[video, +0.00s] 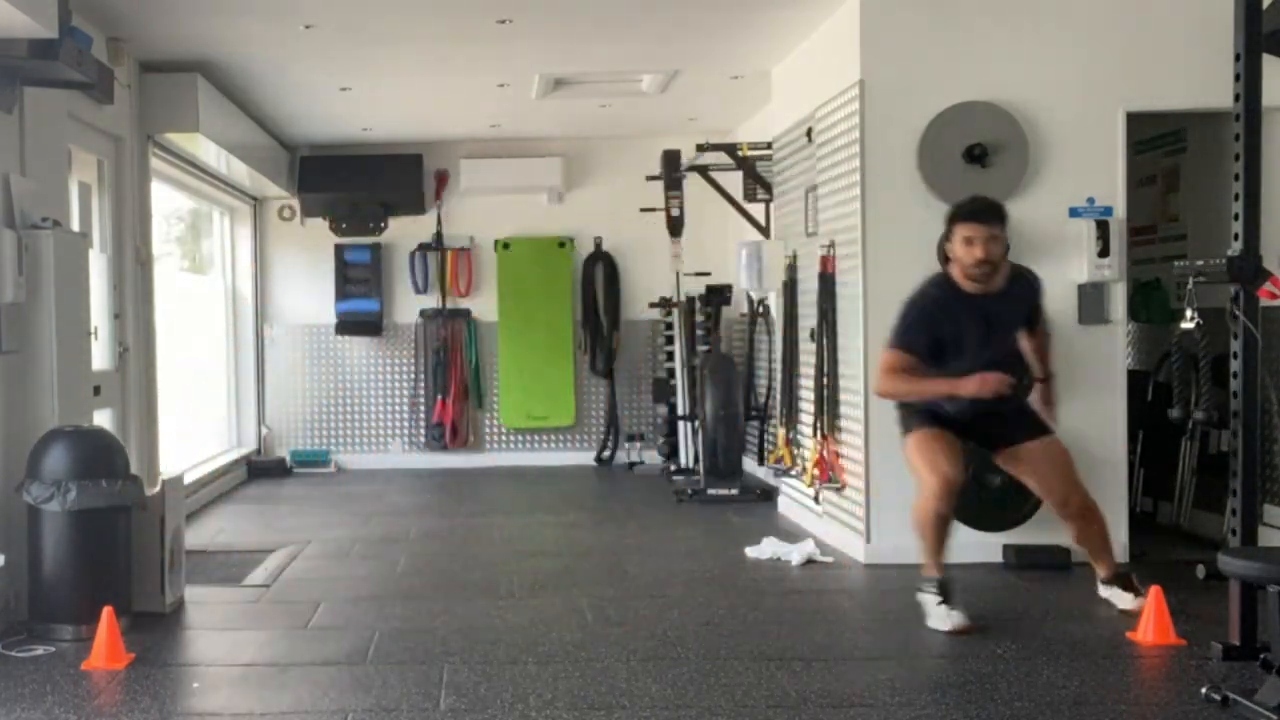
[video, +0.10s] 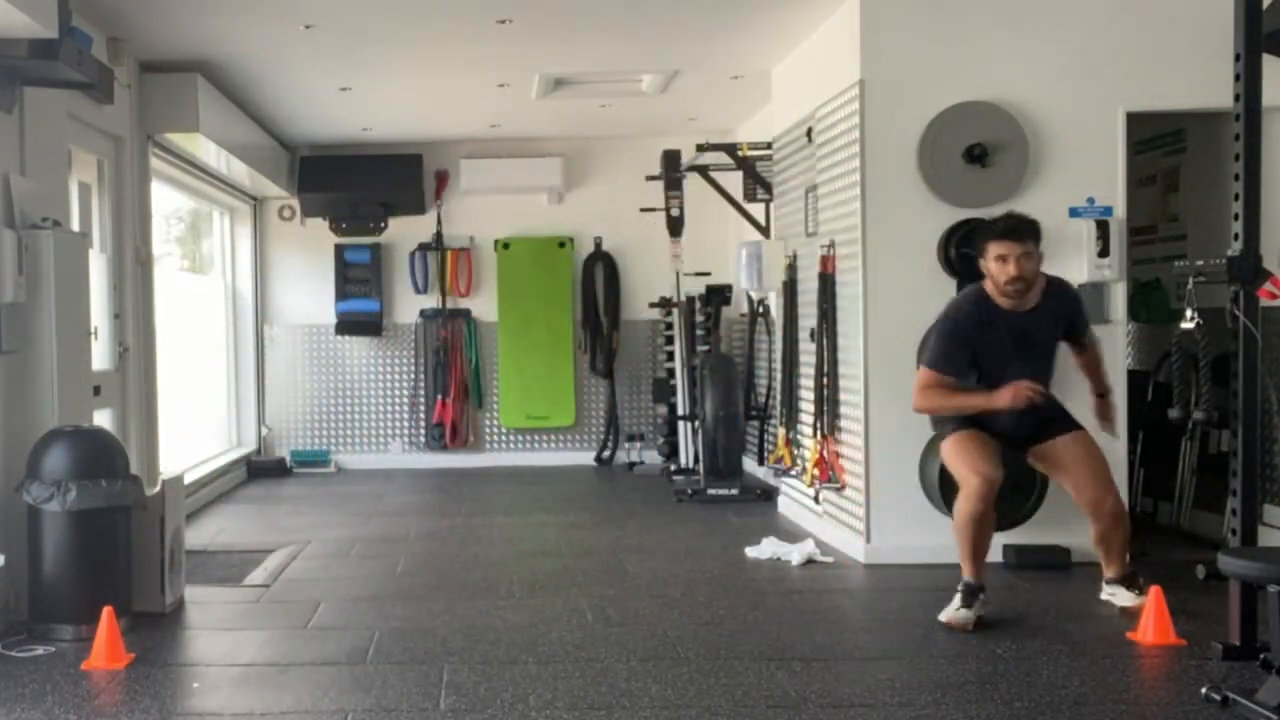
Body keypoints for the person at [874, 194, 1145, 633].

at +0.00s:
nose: (981, 253)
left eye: (991, 241)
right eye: (969, 242)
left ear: (1006, 244)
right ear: (949, 248)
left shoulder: (1023, 286)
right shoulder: (930, 301)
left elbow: (1035, 330)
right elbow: (887, 381)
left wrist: (1044, 379)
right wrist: (962, 384)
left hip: (1001, 403)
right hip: (933, 411)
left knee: (1073, 500)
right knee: (942, 478)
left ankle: (1109, 577)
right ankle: (933, 586)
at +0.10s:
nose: (1015, 271)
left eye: (1024, 259)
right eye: (1002, 260)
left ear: (1039, 259)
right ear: (984, 265)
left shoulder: (1060, 298)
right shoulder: (963, 315)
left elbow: (1083, 346)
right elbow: (924, 397)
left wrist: (1102, 393)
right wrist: (995, 398)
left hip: (1034, 410)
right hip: (966, 417)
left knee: (1105, 501)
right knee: (982, 480)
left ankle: (1116, 580)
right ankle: (970, 588)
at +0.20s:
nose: (1026, 275)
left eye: (1036, 263)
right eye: (1014, 264)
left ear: (1052, 261)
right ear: (997, 267)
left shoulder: (1079, 299)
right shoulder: (975, 314)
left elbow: (1113, 349)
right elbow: (928, 390)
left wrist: (1137, 406)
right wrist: (971, 433)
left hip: (1045, 410)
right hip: (978, 412)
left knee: (1109, 493)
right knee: (997, 473)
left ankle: (1116, 582)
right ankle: (987, 576)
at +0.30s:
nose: (1020, 270)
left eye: (1030, 258)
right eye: (1008, 259)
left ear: (1047, 256)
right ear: (992, 261)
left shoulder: (1071, 294)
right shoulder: (968, 307)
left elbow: (1114, 339)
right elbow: (912, 372)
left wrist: (1140, 398)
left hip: (1035, 396)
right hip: (966, 400)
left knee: (1101, 481)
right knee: (1003, 475)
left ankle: (1117, 577)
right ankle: (1003, 560)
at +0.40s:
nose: (993, 261)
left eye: (1003, 248)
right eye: (980, 250)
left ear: (1020, 249)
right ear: (963, 254)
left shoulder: (1044, 287)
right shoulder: (935, 304)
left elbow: (1079, 331)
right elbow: (881, 345)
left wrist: (1106, 388)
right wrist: (865, 411)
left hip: (1024, 395)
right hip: (957, 408)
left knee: (1084, 481)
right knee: (992, 499)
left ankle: (1115, 576)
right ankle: (1010, 570)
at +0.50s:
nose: (951, 254)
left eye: (961, 242)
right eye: (940, 244)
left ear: (979, 244)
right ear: (925, 247)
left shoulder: (1003, 282)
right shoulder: (898, 296)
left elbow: (1026, 323)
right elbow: (845, 344)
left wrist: (1036, 367)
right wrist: (832, 407)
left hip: (998, 395)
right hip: (930, 411)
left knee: (1052, 487)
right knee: (963, 508)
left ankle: (1104, 561)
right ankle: (1011, 570)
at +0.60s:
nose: (906, 251)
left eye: (915, 239)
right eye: (894, 240)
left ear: (932, 238)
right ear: (880, 242)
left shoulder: (961, 272)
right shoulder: (862, 293)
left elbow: (977, 308)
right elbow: (801, 353)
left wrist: (981, 338)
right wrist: (814, 365)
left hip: (956, 392)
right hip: (897, 413)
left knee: (968, 474)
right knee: (943, 506)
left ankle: (1010, 550)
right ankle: (1009, 572)